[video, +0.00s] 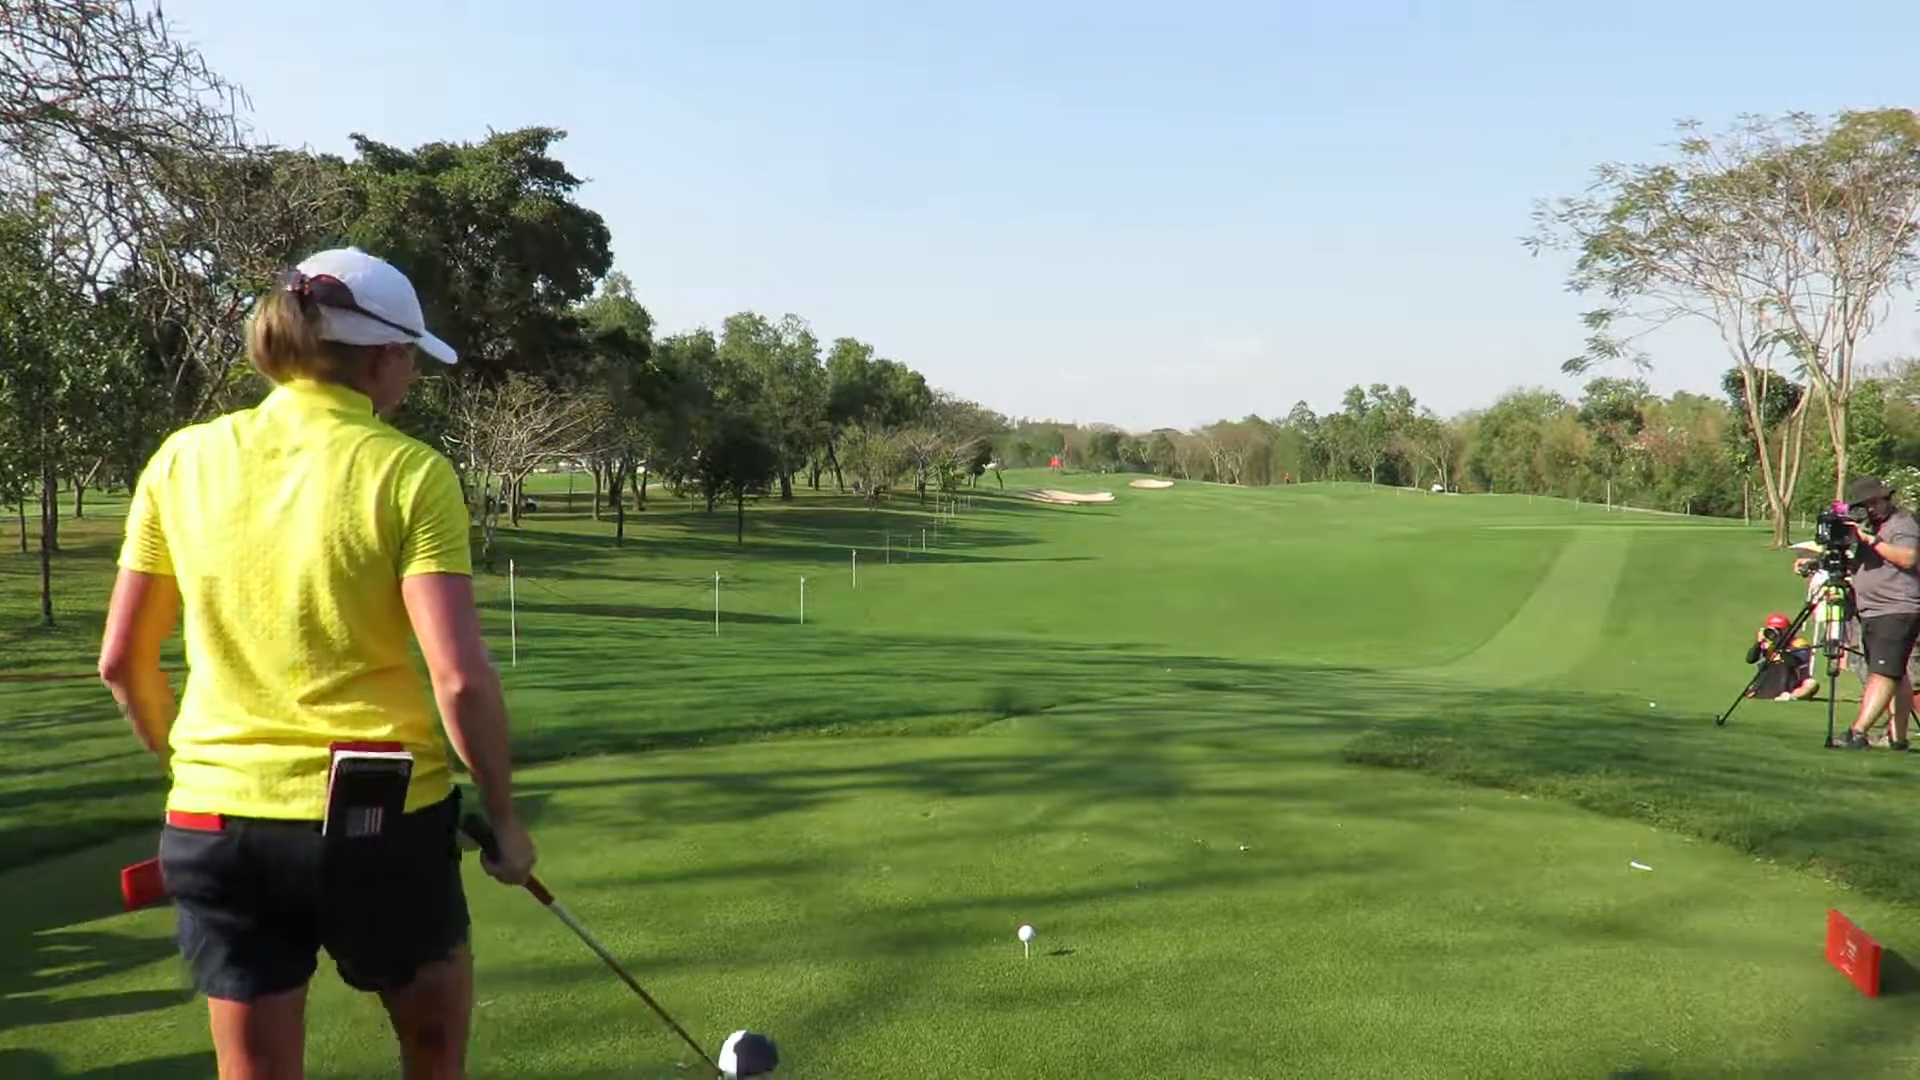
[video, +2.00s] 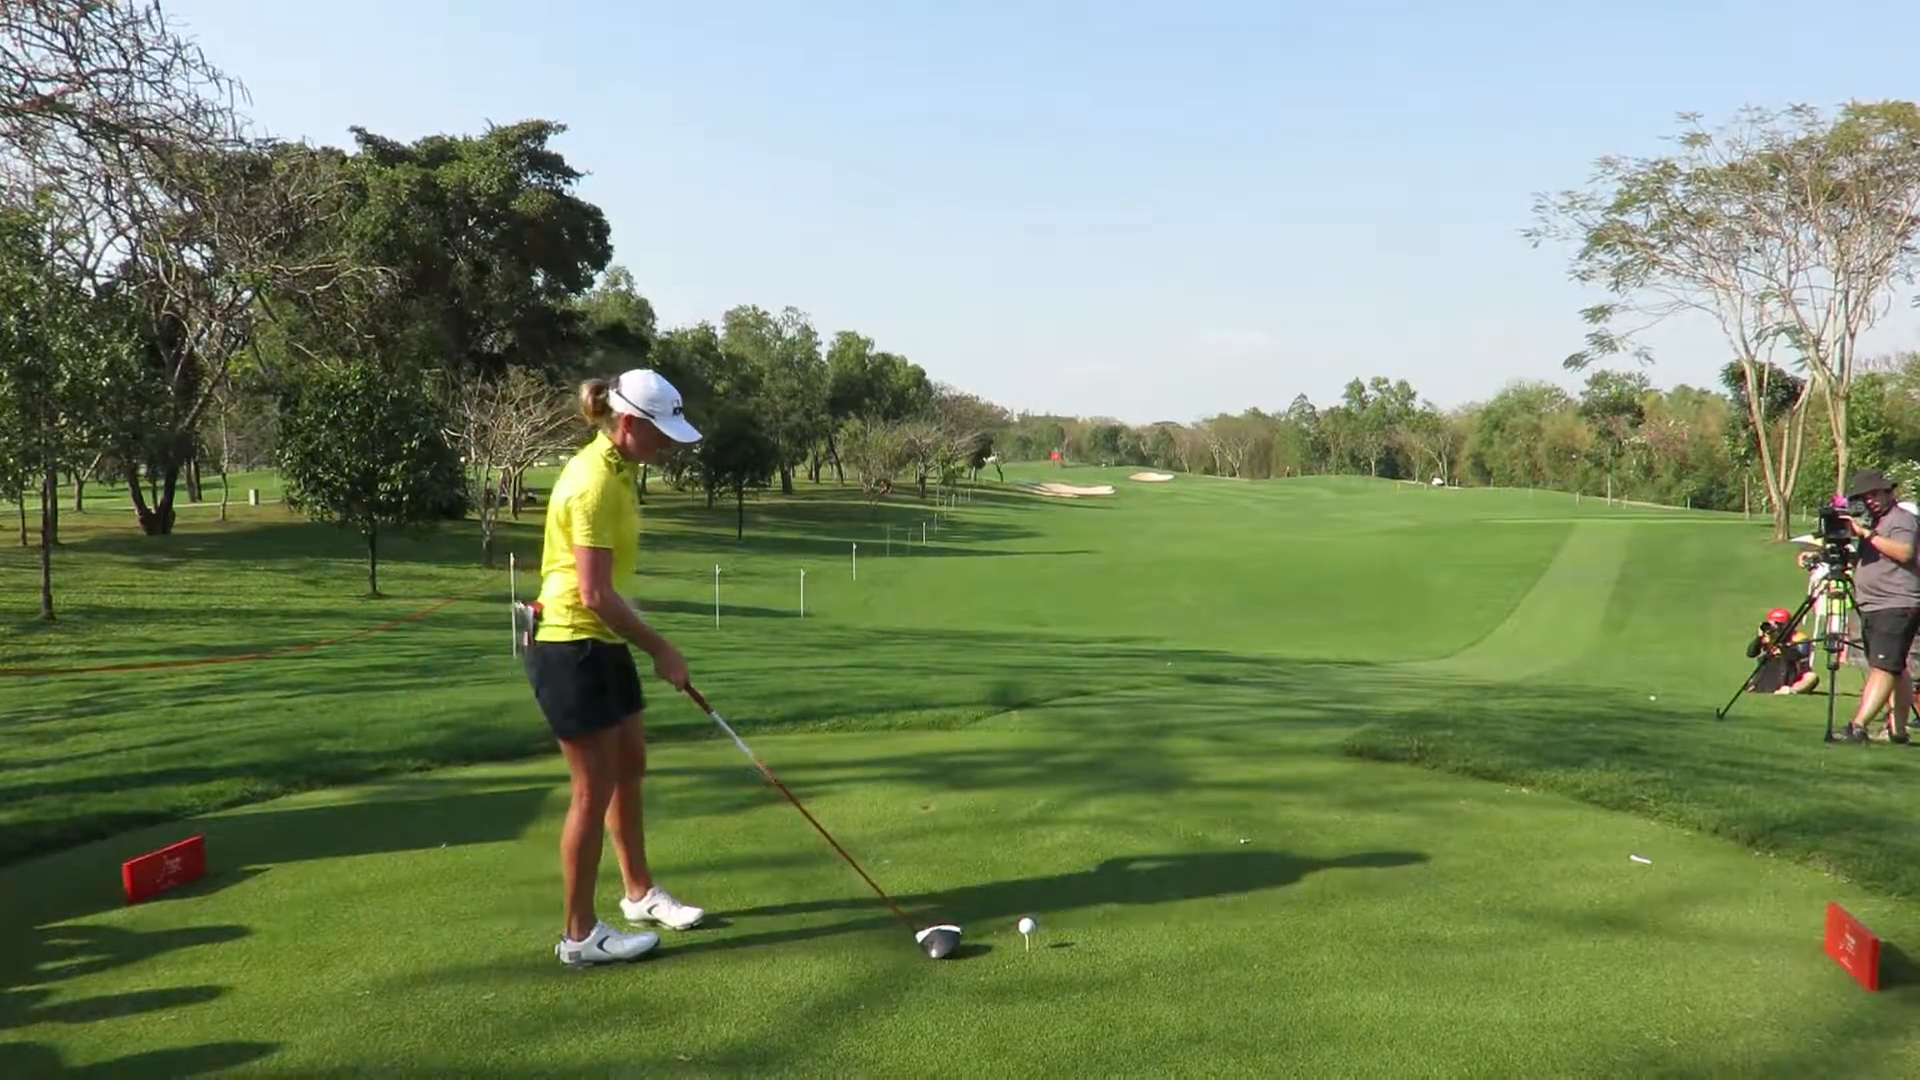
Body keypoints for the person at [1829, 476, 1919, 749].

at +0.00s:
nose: (1869, 511)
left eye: (1872, 504)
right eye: (1865, 507)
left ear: (1884, 500)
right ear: (1863, 509)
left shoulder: (1902, 523)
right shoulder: (1872, 529)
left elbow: (1909, 559)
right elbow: (1858, 568)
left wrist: (1869, 540)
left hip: (1897, 610)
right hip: (1873, 612)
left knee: (1883, 671)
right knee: (1895, 676)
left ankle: (1857, 731)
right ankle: (1899, 737)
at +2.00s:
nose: (1869, 503)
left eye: (1873, 496)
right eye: (1864, 498)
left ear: (1887, 493)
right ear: (1862, 501)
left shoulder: (1902, 519)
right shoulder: (1873, 523)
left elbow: (1905, 553)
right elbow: (1864, 560)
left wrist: (1867, 534)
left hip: (1897, 604)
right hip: (1873, 605)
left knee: (1883, 666)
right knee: (1891, 668)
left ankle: (1858, 725)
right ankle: (1898, 728)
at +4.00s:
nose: (1866, 449)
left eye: (1870, 442)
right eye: (1862, 444)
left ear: (1885, 438)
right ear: (1861, 445)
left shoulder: (1896, 463)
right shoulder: (1877, 467)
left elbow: (1891, 498)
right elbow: (1867, 498)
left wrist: (1854, 482)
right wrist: (1843, 479)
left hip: (1889, 547)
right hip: (1874, 547)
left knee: (1866, 606)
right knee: (1891, 613)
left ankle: (1853, 671)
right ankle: (1894, 674)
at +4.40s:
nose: (1864, 450)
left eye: (1867, 443)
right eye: (1860, 446)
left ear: (1882, 439)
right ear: (1860, 446)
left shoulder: (1895, 464)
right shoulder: (1877, 467)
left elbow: (1889, 500)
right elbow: (1866, 493)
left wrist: (1852, 483)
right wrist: (1843, 477)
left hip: (1889, 548)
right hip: (1875, 548)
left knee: (1864, 606)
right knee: (1890, 612)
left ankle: (1853, 671)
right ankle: (1895, 675)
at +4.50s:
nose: (1863, 448)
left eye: (1867, 441)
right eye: (1860, 444)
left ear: (1882, 437)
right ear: (1859, 445)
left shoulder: (1894, 462)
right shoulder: (1877, 465)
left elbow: (1888, 498)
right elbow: (1867, 493)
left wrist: (1851, 481)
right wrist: (1844, 476)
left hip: (1890, 547)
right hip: (1875, 546)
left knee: (1866, 605)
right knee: (1891, 612)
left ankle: (1853, 670)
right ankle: (1894, 674)